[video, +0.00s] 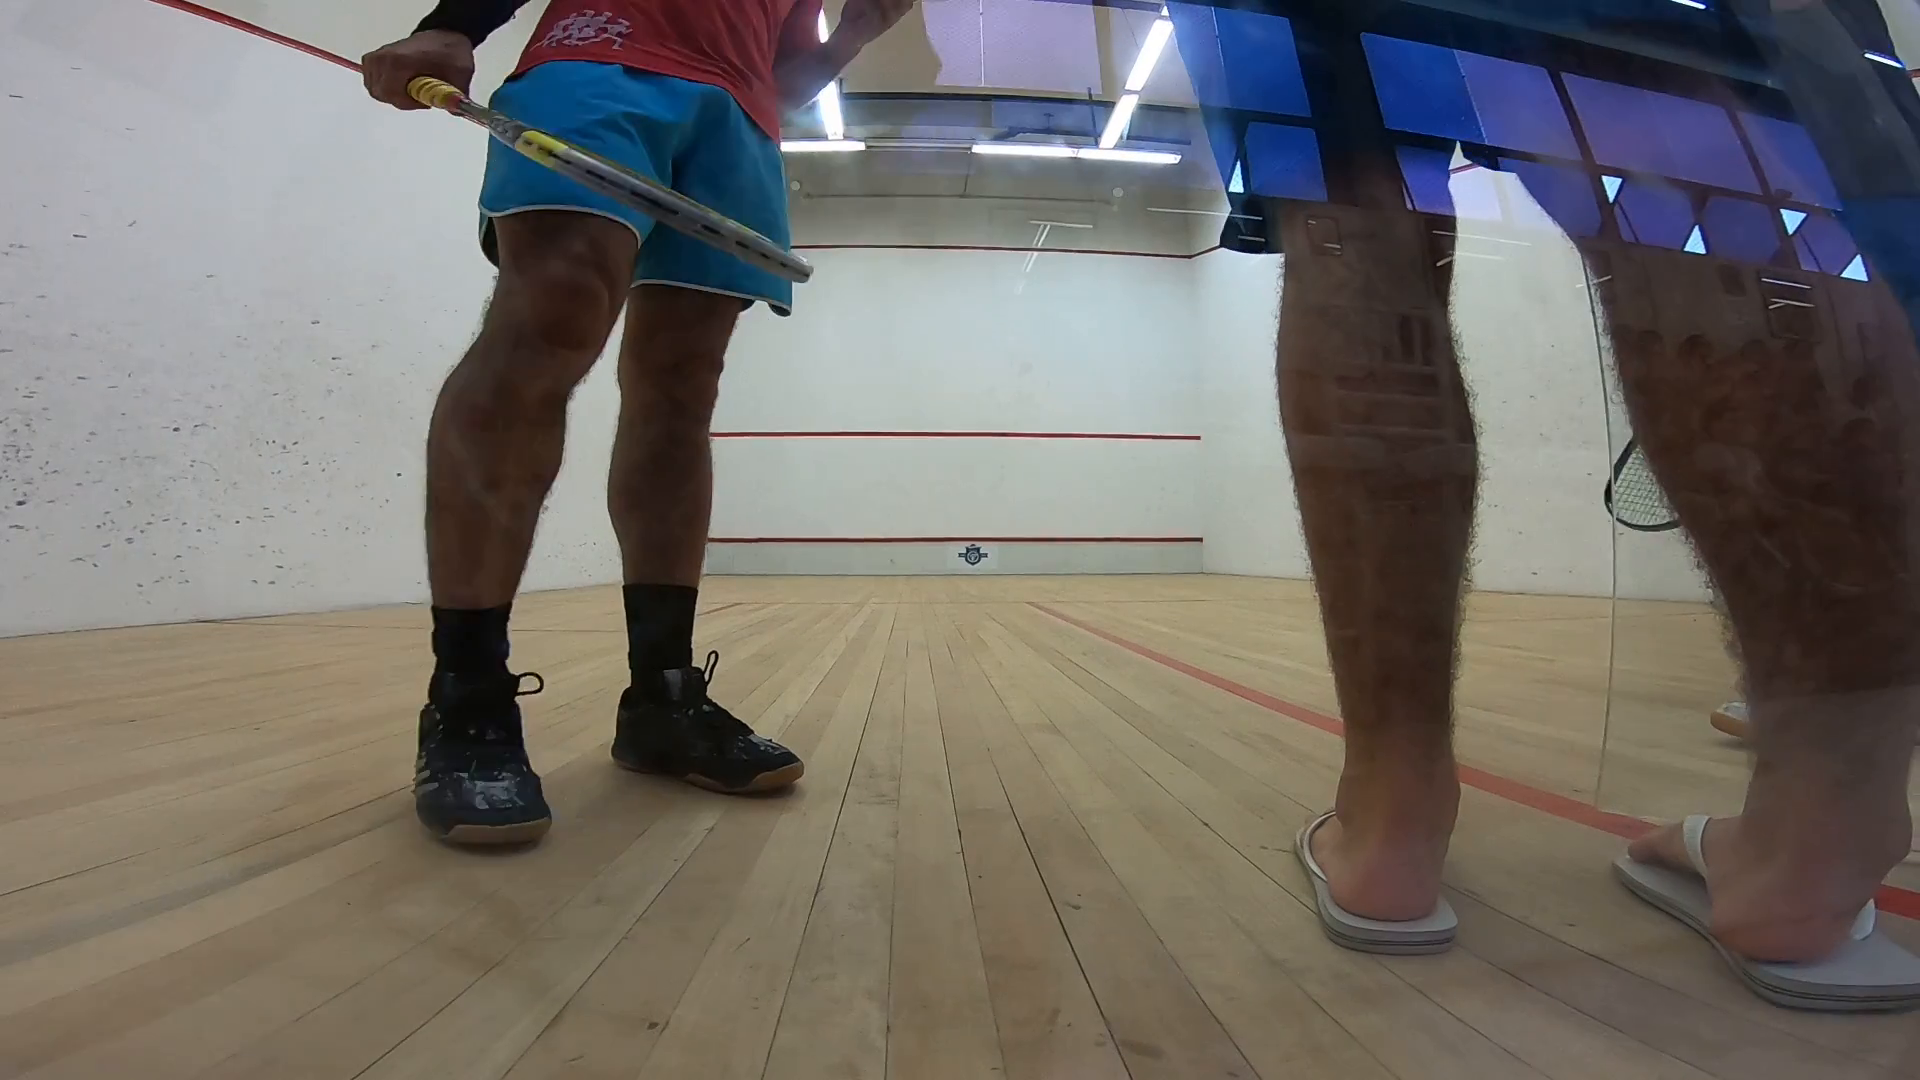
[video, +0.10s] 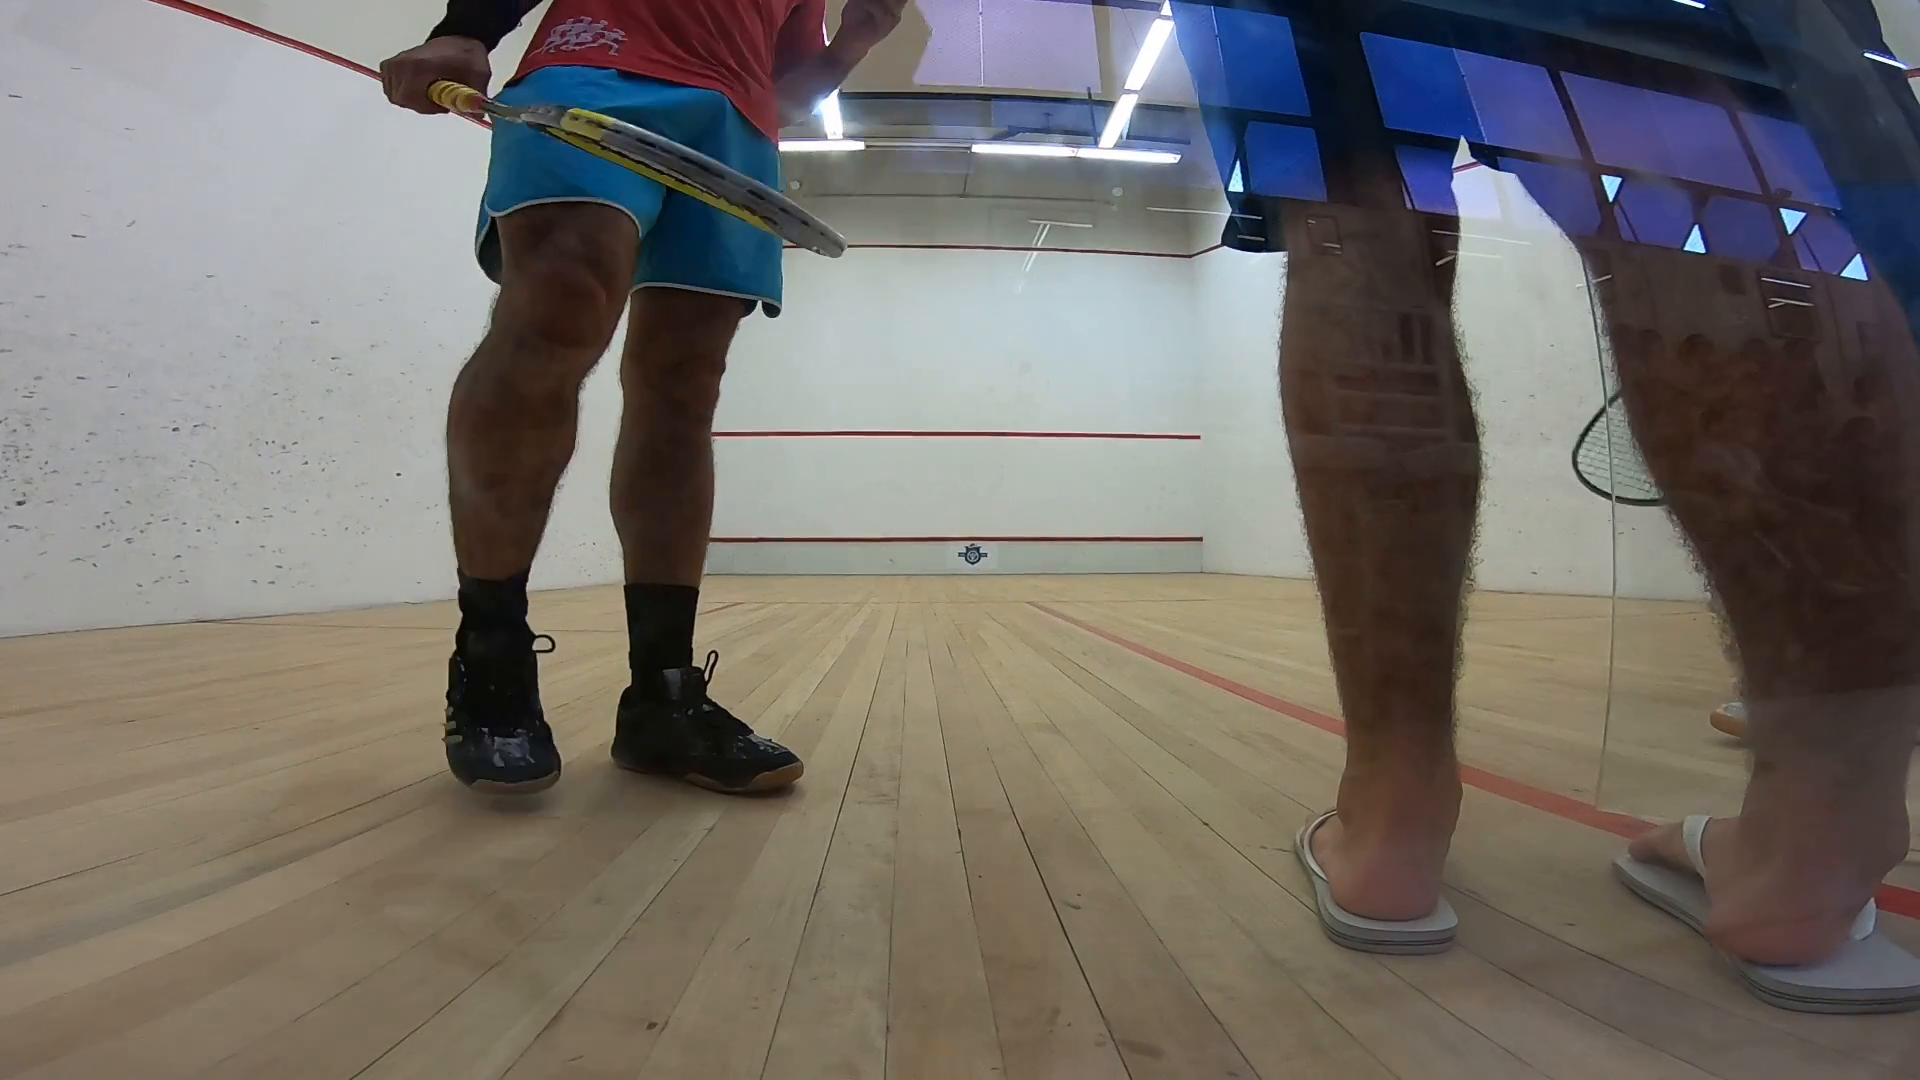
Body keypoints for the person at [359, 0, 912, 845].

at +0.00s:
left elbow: (776, 84)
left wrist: (853, 32)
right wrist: (455, 22)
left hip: (744, 83)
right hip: (604, 33)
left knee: (682, 378)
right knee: (552, 312)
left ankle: (663, 696)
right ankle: (469, 715)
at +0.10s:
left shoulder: (791, 9)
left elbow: (784, 89)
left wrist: (850, 40)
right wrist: (466, 27)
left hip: (742, 90)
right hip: (604, 33)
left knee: (686, 377)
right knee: (562, 298)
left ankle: (664, 698)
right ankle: (492, 673)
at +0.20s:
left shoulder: (784, 10)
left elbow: (788, 92)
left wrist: (849, 36)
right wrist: (473, 36)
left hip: (741, 90)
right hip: (607, 37)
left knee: (687, 381)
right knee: (556, 322)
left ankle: (665, 696)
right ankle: (484, 640)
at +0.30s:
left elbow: (788, 77)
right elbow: (521, 1)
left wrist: (846, 26)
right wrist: (470, 44)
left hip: (741, 90)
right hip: (596, 53)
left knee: (686, 388)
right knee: (538, 364)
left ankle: (665, 695)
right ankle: (466, 656)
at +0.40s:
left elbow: (778, 74)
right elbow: (505, 3)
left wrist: (844, 18)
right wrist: (454, 49)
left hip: (735, 100)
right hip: (581, 64)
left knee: (683, 389)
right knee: (523, 375)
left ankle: (664, 696)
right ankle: (471, 672)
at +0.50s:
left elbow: (767, 70)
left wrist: (828, 24)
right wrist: (438, 47)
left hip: (720, 107)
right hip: (566, 80)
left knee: (675, 389)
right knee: (508, 378)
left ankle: (664, 696)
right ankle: (467, 676)